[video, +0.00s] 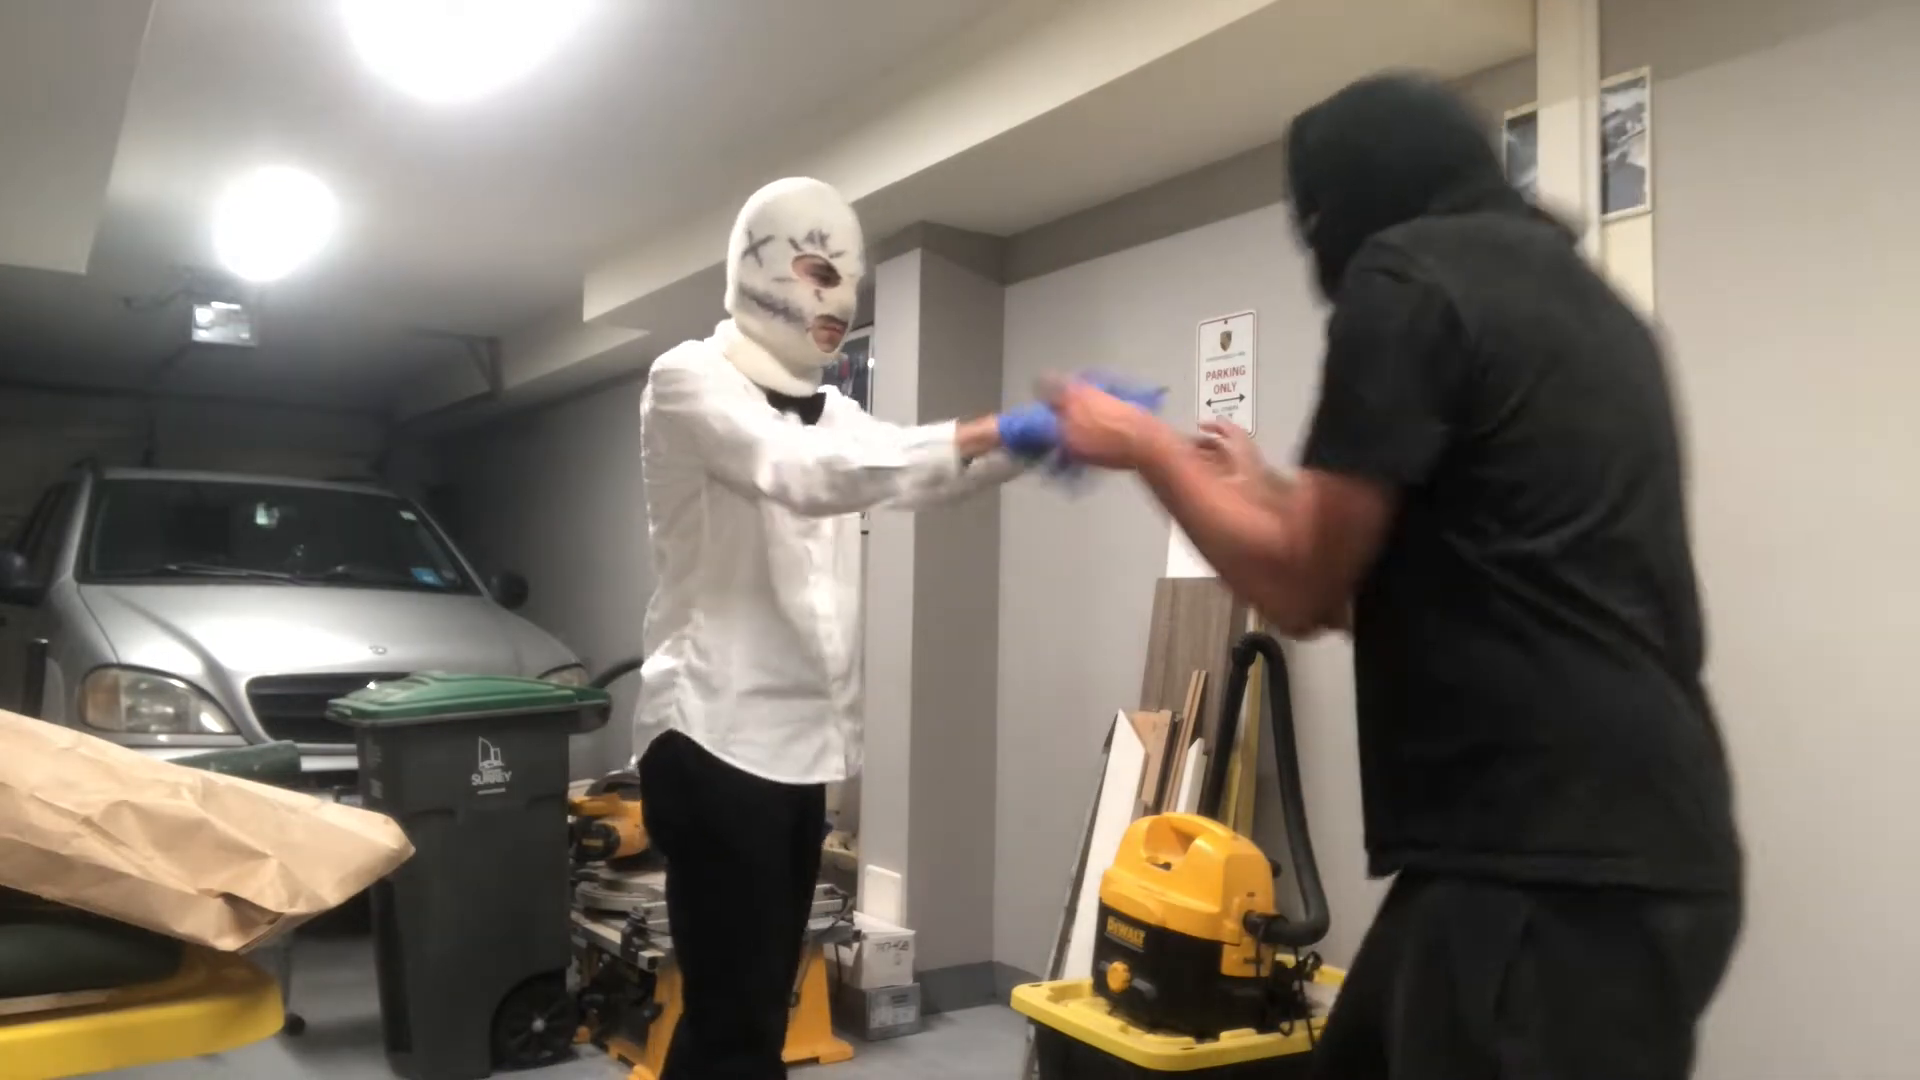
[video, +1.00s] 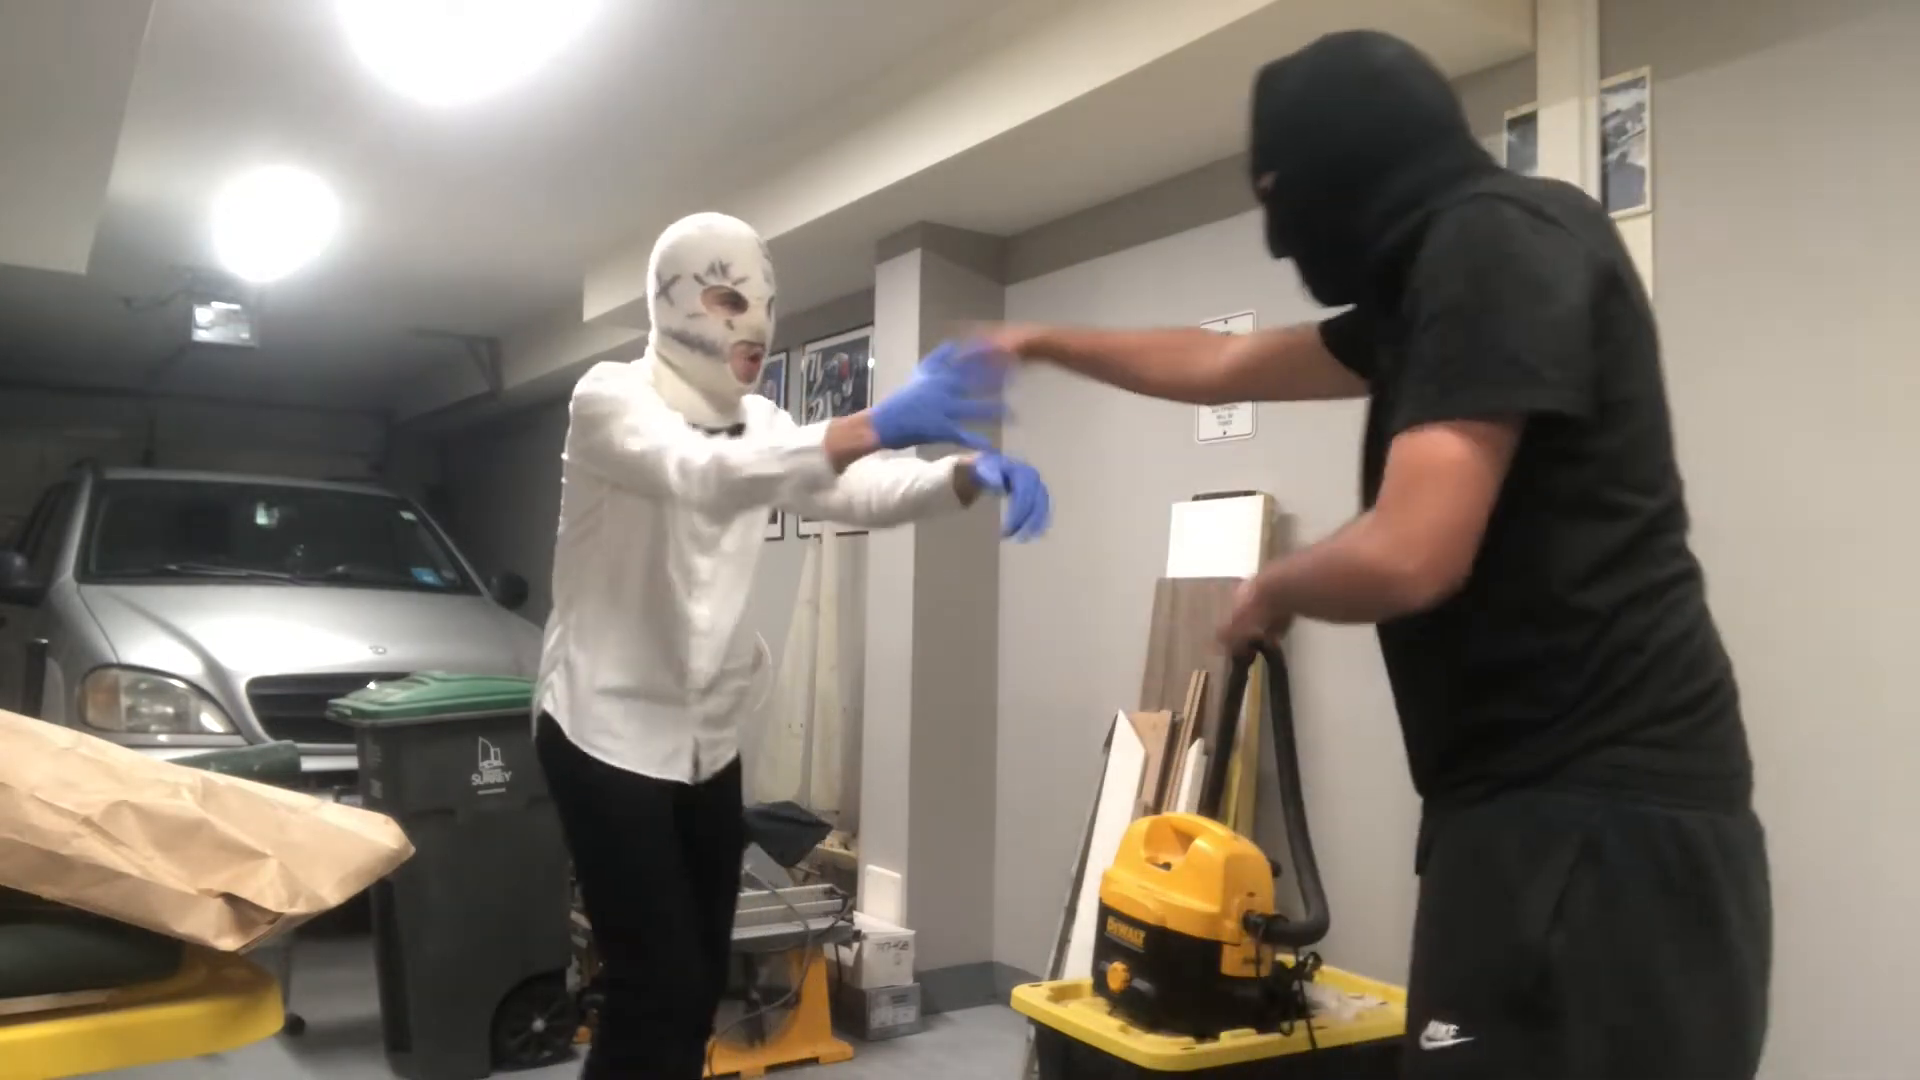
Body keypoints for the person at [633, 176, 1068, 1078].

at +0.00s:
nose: (832, 301)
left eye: (844, 281)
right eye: (809, 273)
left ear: (856, 290)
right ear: (751, 272)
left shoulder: (825, 411)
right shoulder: (689, 379)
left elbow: (914, 471)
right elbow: (799, 476)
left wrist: (1029, 439)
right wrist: (979, 435)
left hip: (796, 756)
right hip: (713, 748)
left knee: (757, 1019)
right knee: (730, 1023)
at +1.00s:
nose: (755, 319)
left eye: (764, 301)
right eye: (729, 296)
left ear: (771, 310)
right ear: (672, 303)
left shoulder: (757, 422)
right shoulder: (610, 398)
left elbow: (845, 490)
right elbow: (698, 473)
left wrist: (961, 475)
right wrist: (872, 427)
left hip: (705, 739)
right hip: (605, 734)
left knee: (695, 982)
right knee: (652, 988)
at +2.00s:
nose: (816, 319)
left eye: (824, 303)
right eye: (796, 294)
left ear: (829, 314)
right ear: (734, 291)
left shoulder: (761, 433)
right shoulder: (682, 391)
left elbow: (833, 565)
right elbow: (731, 514)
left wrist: (937, 549)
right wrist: (899, 524)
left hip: (728, 741)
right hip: (671, 738)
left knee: (731, 1005)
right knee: (757, 1012)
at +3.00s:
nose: (870, 341)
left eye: (870, 318)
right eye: (853, 315)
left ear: (775, 321)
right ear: (802, 313)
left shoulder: (725, 435)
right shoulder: (775, 407)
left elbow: (831, 631)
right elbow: (916, 556)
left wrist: (970, 568)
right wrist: (1064, 534)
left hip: (720, 776)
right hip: (789, 767)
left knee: (728, 1031)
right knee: (916, 1047)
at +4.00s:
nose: (963, 426)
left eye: (964, 412)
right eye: (959, 411)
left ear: (858, 401)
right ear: (939, 406)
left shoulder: (766, 494)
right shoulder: (935, 468)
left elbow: (706, 657)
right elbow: (957, 637)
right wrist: (1021, 724)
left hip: (772, 814)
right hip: (909, 806)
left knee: (735, 1021)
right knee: (988, 1014)